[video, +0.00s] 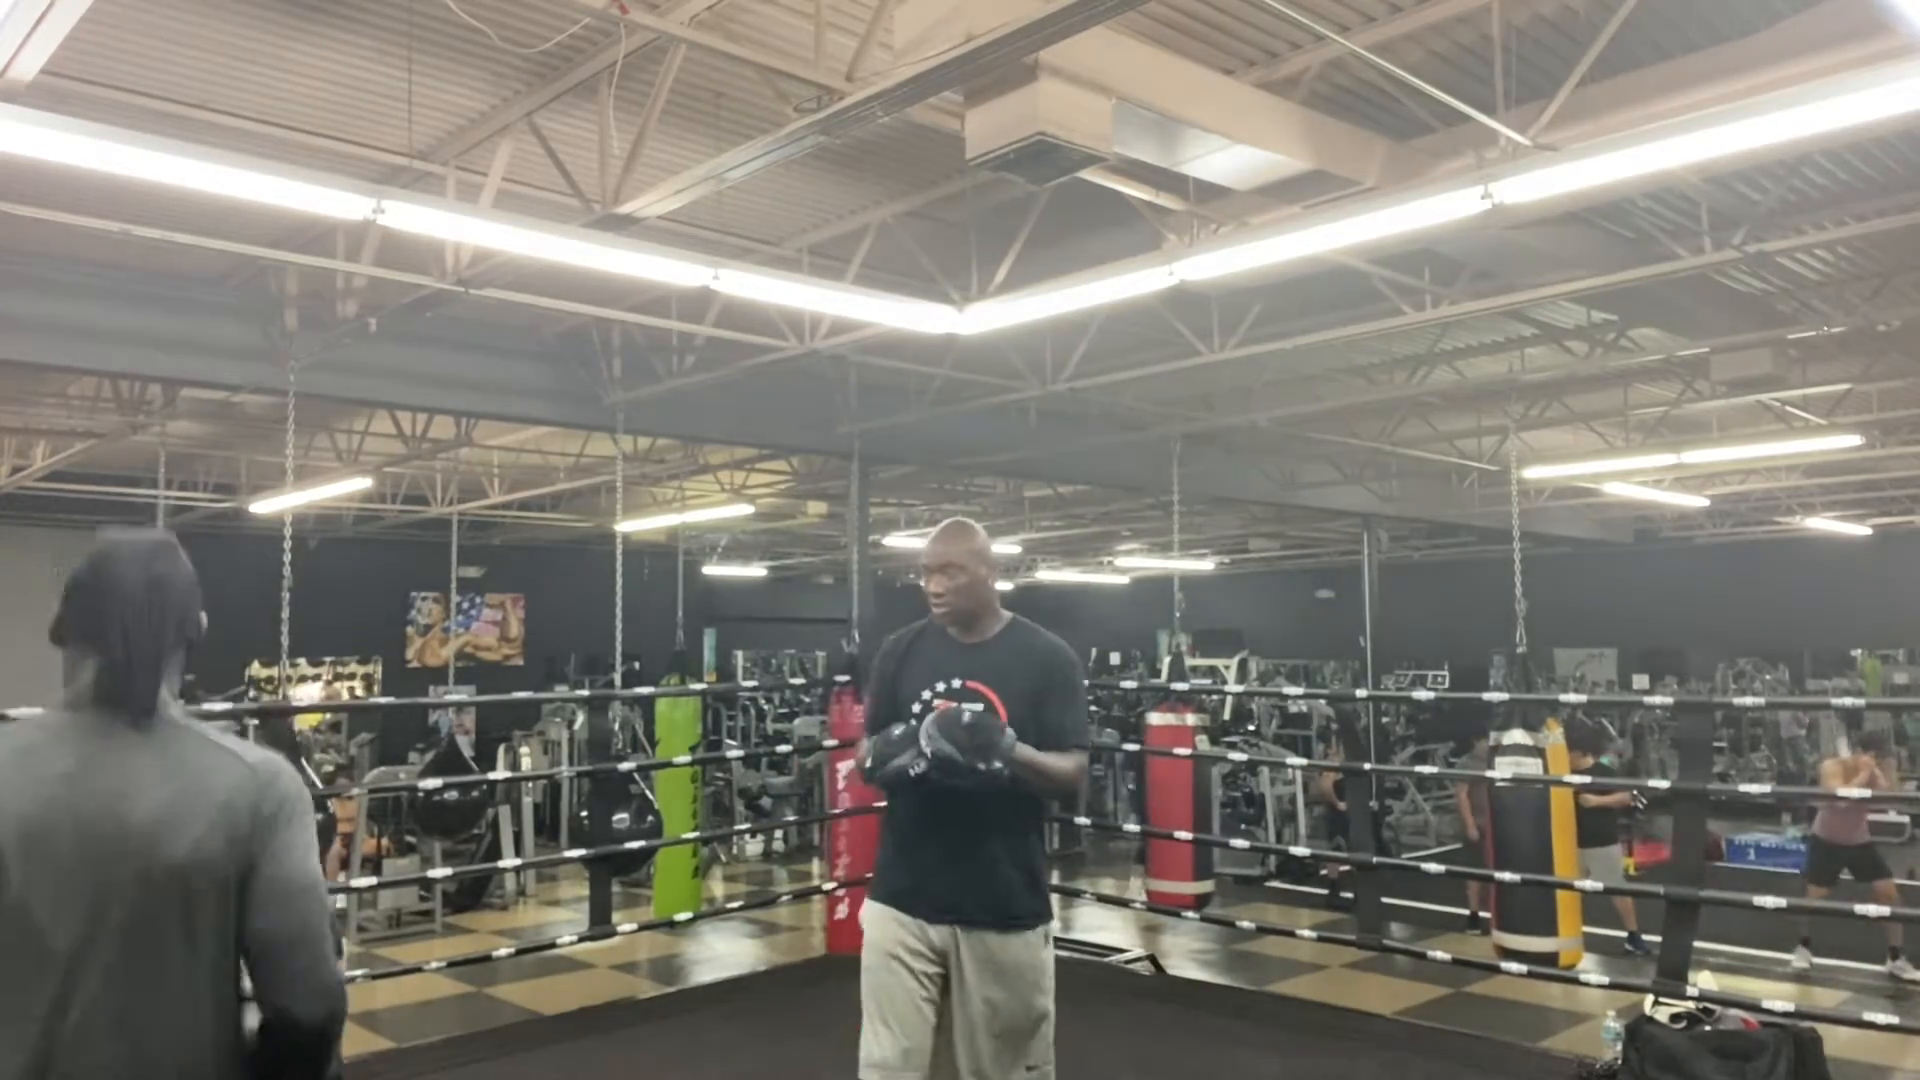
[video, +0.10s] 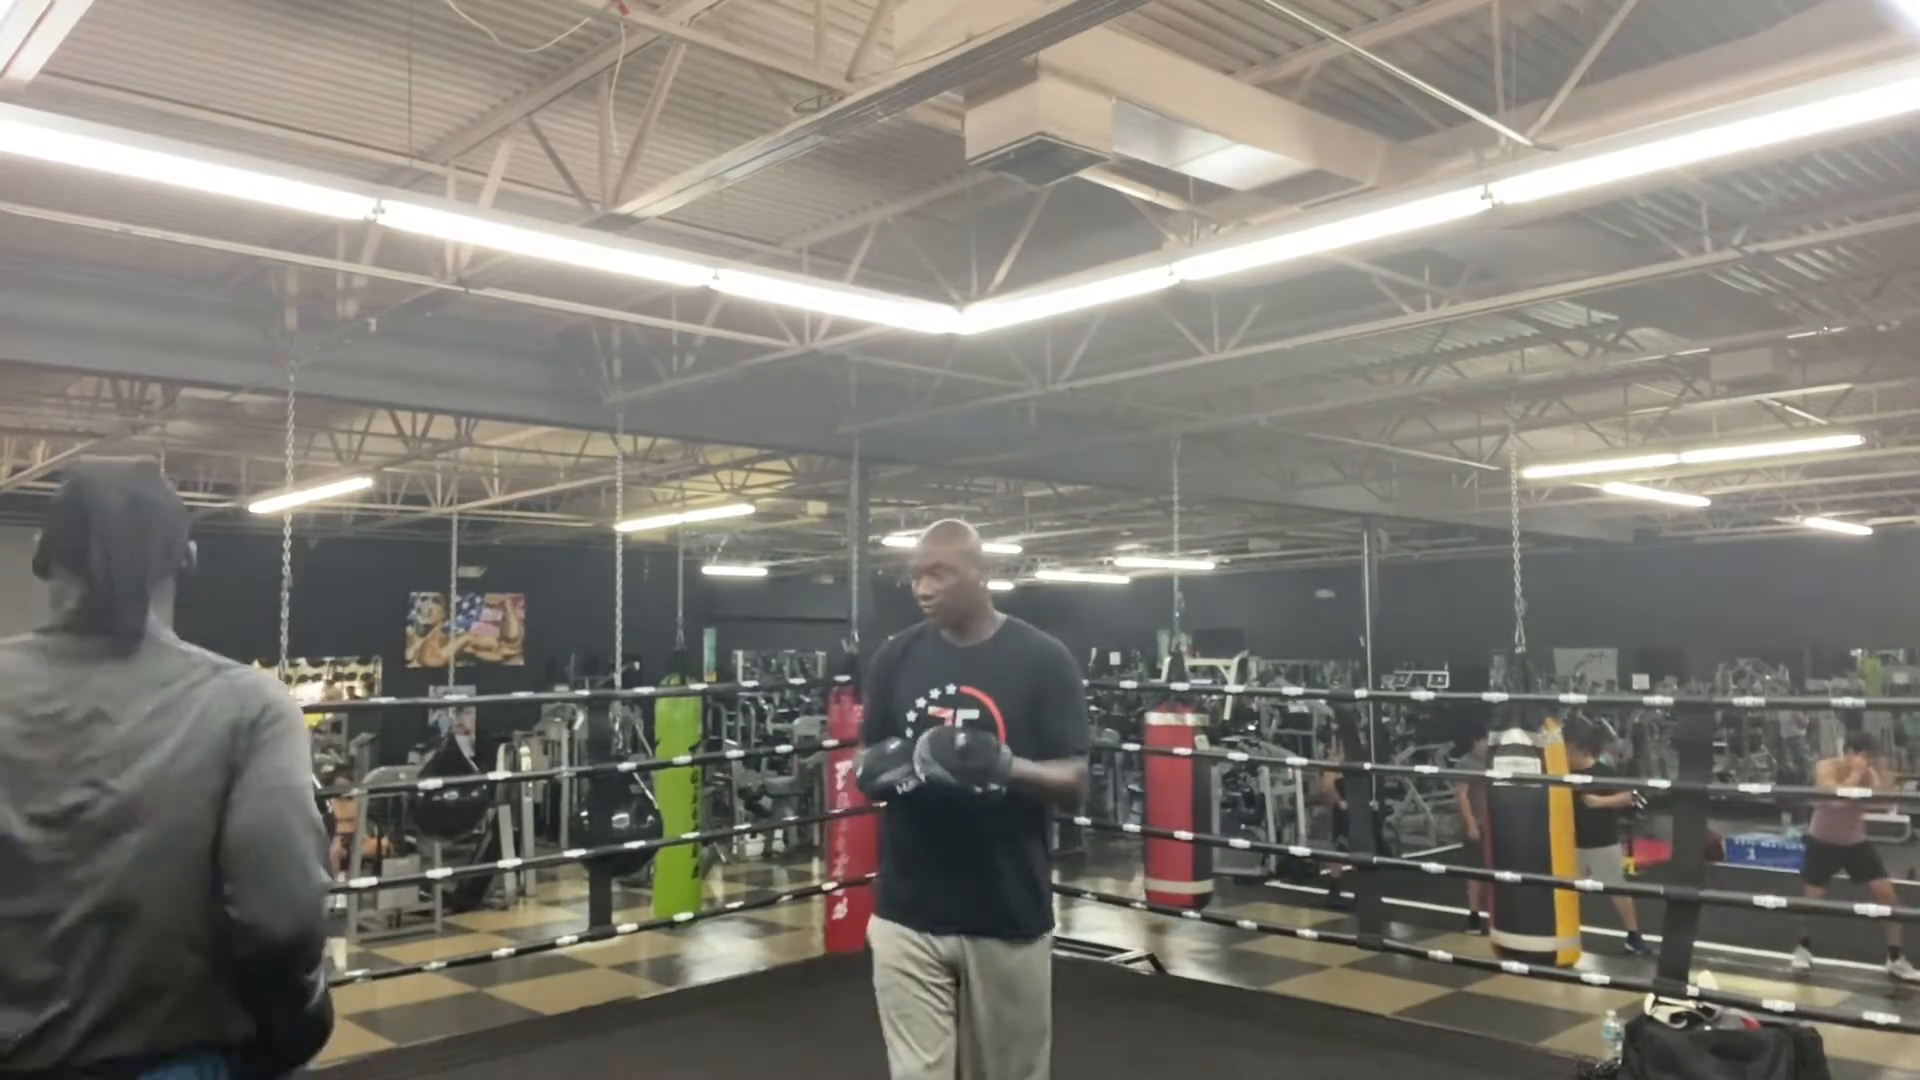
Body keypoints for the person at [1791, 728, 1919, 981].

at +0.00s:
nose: (1871, 761)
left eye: (1876, 758)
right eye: (1869, 755)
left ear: (1878, 758)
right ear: (1858, 752)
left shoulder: (1875, 772)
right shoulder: (1831, 767)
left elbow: (1887, 799)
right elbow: (1838, 797)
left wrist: (1875, 773)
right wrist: (1864, 773)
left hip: (1859, 843)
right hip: (1826, 842)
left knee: (1889, 894)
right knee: (1815, 895)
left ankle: (1895, 957)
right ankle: (1803, 947)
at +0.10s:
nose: (1862, 763)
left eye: (1867, 758)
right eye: (1858, 757)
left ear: (1870, 759)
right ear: (1847, 754)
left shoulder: (1870, 772)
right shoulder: (1826, 767)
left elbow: (1884, 802)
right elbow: (1832, 795)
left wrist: (1872, 774)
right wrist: (1855, 776)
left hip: (1856, 843)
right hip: (1822, 842)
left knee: (1886, 894)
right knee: (1813, 897)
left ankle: (1895, 957)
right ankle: (1803, 948)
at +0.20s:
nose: (1858, 762)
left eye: (1862, 757)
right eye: (1854, 756)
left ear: (1866, 757)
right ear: (1841, 752)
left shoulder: (1868, 769)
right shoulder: (1821, 767)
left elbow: (1883, 802)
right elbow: (1826, 798)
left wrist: (1870, 776)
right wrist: (1849, 773)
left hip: (1855, 843)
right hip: (1820, 843)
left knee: (1884, 895)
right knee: (1810, 898)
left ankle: (1895, 957)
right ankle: (1803, 948)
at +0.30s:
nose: (1854, 759)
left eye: (1859, 754)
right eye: (1850, 753)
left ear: (1862, 754)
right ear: (1838, 751)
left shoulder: (1865, 769)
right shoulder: (1818, 767)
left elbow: (1885, 798)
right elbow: (1822, 799)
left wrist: (1866, 773)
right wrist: (1845, 773)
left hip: (1854, 843)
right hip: (1819, 843)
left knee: (1883, 896)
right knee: (1810, 898)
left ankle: (1894, 958)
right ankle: (1803, 948)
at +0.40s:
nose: (1852, 759)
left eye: (1856, 756)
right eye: (1849, 754)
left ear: (1858, 756)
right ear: (1835, 752)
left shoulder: (1860, 769)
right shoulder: (1814, 768)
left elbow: (1884, 795)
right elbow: (1822, 801)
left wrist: (1864, 771)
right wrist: (1842, 773)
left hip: (1854, 844)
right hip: (1819, 844)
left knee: (1883, 898)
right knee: (1810, 899)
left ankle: (1894, 957)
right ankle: (1803, 948)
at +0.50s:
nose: (1852, 760)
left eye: (1855, 756)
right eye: (1848, 755)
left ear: (1858, 756)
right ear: (1833, 753)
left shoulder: (1861, 769)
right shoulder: (1814, 768)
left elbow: (1883, 796)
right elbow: (1820, 800)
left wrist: (1864, 772)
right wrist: (1841, 773)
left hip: (1854, 844)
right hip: (1819, 844)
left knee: (1884, 895)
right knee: (1811, 898)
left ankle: (1895, 957)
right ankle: (1803, 948)